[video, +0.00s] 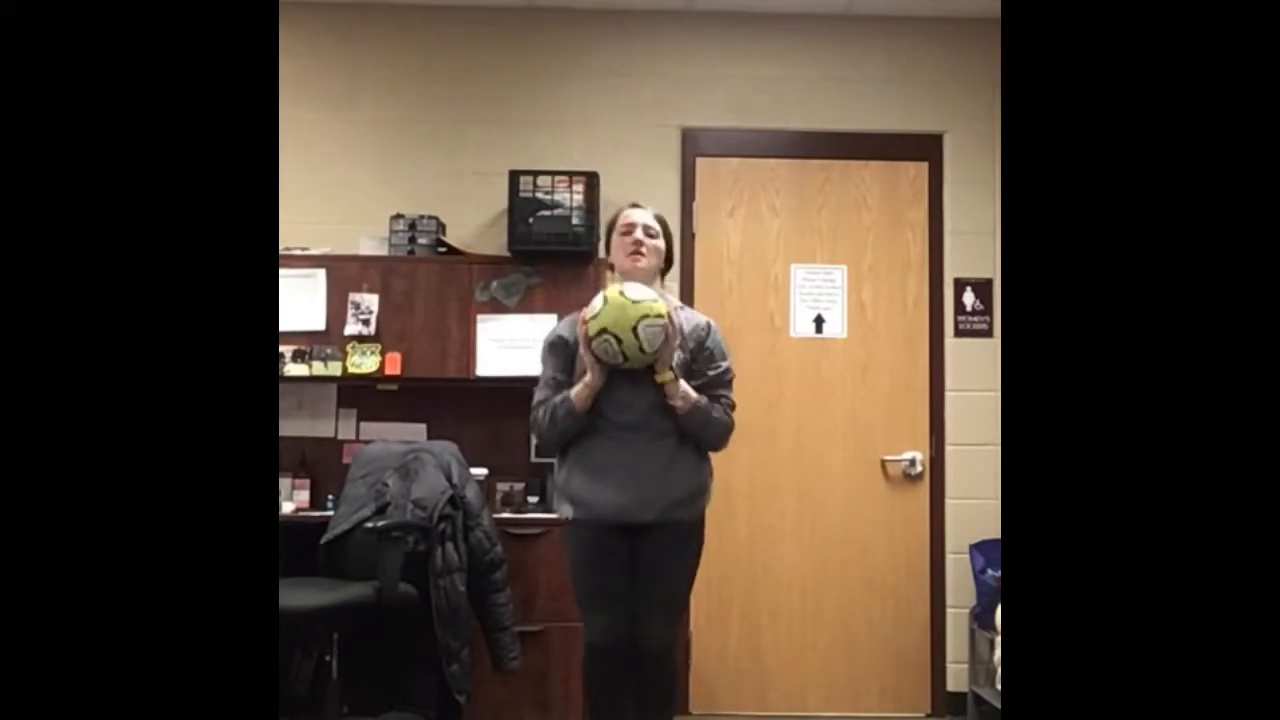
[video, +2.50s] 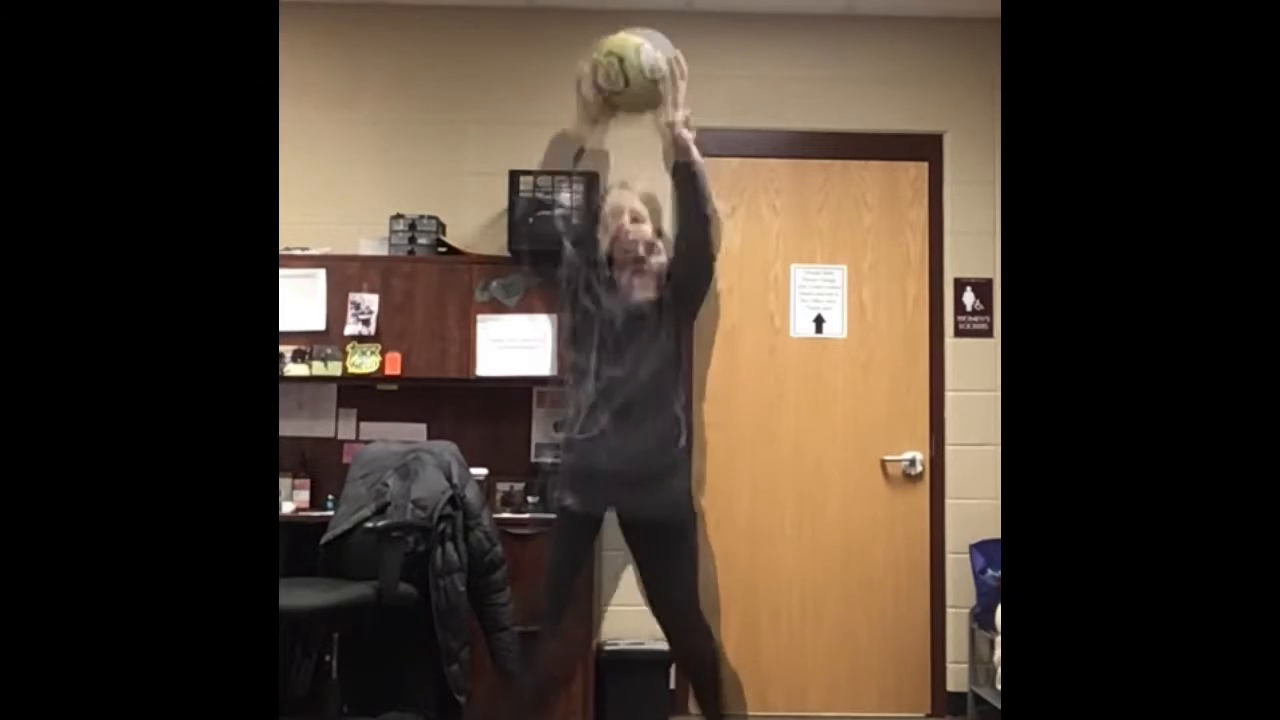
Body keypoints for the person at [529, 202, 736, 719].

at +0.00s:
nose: (639, 238)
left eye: (651, 232)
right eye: (627, 232)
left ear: (666, 254)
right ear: (608, 252)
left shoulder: (698, 331)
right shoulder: (570, 332)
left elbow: (719, 431)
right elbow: (544, 430)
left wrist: (669, 376)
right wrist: (590, 379)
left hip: (673, 517)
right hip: (595, 517)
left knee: (657, 646)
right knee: (605, 644)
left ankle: (656, 719)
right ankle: (607, 719)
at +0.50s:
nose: (628, 227)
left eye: (638, 217)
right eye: (616, 220)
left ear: (658, 232)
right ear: (598, 238)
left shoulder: (674, 298)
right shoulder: (582, 293)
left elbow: (698, 238)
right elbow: (545, 222)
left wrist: (678, 144)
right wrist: (584, 130)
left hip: (654, 474)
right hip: (582, 470)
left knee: (681, 622)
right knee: (550, 616)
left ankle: (721, 709)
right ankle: (521, 711)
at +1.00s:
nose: (633, 226)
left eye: (644, 219)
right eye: (621, 217)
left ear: (659, 238)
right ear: (601, 233)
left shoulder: (685, 314)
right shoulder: (562, 312)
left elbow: (694, 413)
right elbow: (541, 403)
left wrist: (656, 359)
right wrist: (580, 359)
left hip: (659, 492)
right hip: (580, 491)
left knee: (650, 626)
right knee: (584, 624)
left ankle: (647, 714)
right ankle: (594, 712)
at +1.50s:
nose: (632, 248)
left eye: (642, 241)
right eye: (619, 241)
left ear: (657, 261)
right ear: (596, 259)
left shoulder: (676, 314)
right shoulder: (578, 312)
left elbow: (690, 231)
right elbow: (570, 219)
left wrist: (676, 124)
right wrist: (588, 117)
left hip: (660, 506)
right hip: (579, 506)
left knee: (693, 647)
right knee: (549, 646)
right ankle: (504, 713)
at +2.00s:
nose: (640, 239)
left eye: (651, 233)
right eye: (627, 232)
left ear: (666, 254)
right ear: (608, 252)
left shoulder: (697, 330)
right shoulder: (571, 331)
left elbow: (719, 430)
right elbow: (544, 431)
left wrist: (669, 374)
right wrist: (590, 379)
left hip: (673, 515)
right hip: (593, 515)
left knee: (658, 645)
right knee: (605, 644)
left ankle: (658, 717)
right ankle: (606, 717)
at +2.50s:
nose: (632, 230)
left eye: (640, 220)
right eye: (618, 222)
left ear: (656, 235)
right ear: (600, 239)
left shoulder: (676, 298)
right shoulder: (584, 290)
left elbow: (698, 235)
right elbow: (561, 221)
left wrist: (678, 140)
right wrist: (586, 127)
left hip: (655, 474)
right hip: (583, 471)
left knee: (681, 621)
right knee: (557, 619)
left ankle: (721, 711)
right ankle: (526, 709)